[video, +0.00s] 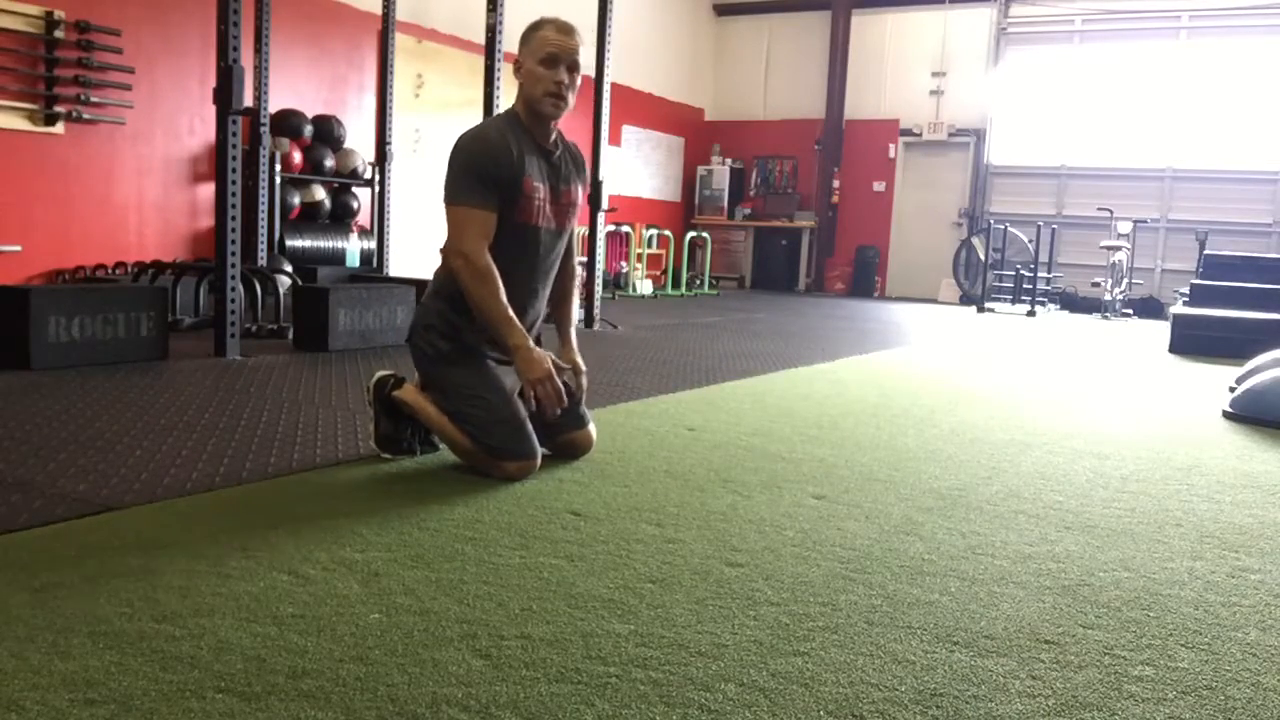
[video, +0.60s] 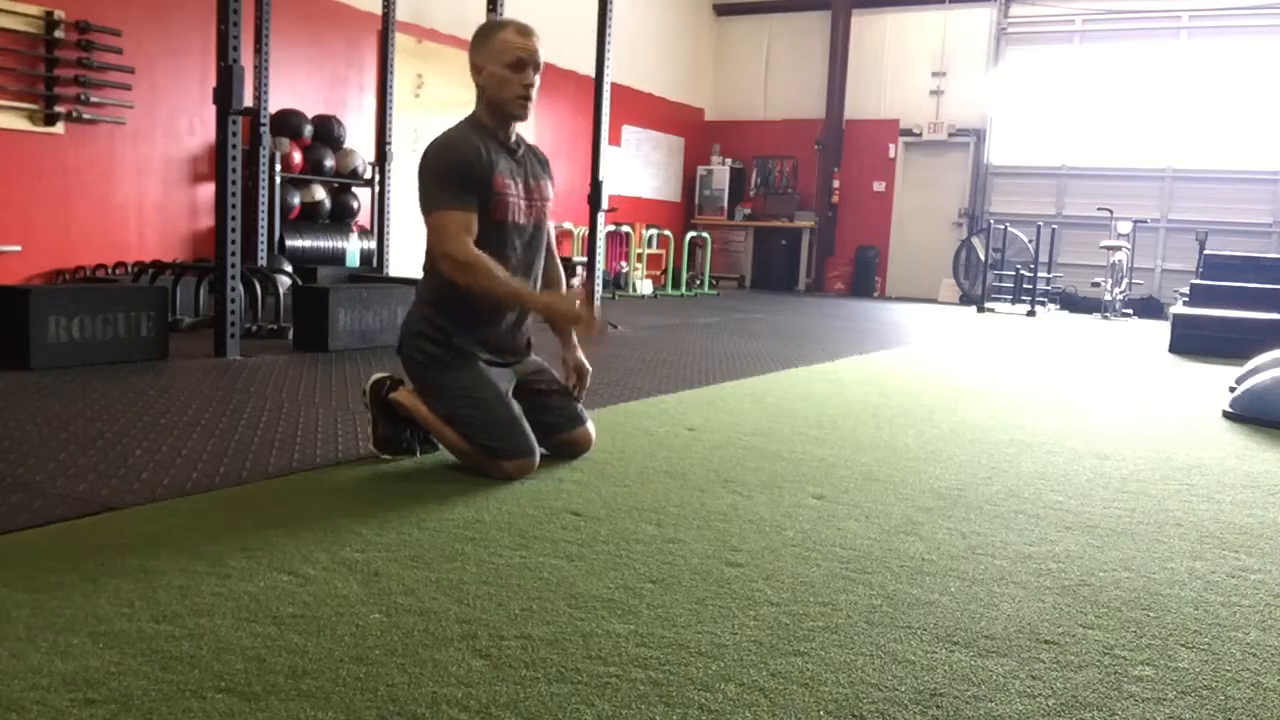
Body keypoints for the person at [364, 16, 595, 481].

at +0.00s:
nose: (562, 78)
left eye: (572, 68)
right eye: (549, 63)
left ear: (579, 80)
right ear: (518, 68)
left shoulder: (573, 162)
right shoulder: (485, 145)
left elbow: (565, 258)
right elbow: (466, 255)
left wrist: (568, 342)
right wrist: (525, 349)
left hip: (518, 336)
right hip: (455, 337)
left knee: (574, 440)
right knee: (515, 463)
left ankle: (448, 407)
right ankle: (401, 396)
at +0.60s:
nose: (531, 79)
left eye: (536, 68)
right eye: (517, 64)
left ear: (540, 77)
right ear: (478, 71)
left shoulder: (537, 163)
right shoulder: (454, 151)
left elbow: (545, 257)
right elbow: (452, 253)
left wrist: (569, 343)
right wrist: (539, 302)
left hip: (506, 345)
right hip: (446, 347)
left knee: (574, 440)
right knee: (514, 462)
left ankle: (444, 411)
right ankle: (399, 400)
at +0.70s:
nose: (529, 79)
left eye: (532, 68)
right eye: (515, 65)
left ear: (535, 75)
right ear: (474, 71)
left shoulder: (531, 162)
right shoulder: (451, 150)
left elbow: (541, 261)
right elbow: (464, 253)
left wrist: (575, 337)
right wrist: (562, 252)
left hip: (507, 346)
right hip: (446, 349)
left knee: (575, 440)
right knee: (514, 463)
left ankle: (447, 406)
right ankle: (399, 399)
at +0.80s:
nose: (528, 78)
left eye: (531, 66)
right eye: (513, 65)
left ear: (534, 73)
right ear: (472, 71)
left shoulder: (528, 162)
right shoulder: (450, 150)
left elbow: (540, 252)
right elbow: (481, 246)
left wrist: (583, 304)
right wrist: (568, 198)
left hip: (508, 347)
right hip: (447, 349)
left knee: (573, 439)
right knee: (514, 463)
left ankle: (443, 410)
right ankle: (398, 399)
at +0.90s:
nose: (530, 80)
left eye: (532, 68)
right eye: (517, 66)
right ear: (474, 73)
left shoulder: (528, 161)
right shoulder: (452, 149)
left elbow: (546, 256)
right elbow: (490, 239)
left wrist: (594, 242)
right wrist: (553, 172)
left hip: (509, 347)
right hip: (447, 350)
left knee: (574, 439)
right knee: (514, 462)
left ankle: (442, 409)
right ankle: (400, 400)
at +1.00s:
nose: (531, 78)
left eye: (534, 66)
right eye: (518, 65)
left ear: (537, 73)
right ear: (475, 71)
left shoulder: (521, 155)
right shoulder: (450, 147)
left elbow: (565, 253)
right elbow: (495, 234)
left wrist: (590, 184)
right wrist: (540, 158)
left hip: (508, 346)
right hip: (447, 348)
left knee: (573, 439)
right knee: (514, 462)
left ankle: (443, 411)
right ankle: (398, 400)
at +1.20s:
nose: (530, 76)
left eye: (534, 64)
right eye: (517, 62)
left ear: (539, 69)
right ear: (475, 67)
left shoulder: (536, 157)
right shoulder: (446, 146)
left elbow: (592, 232)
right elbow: (496, 220)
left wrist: (576, 148)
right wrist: (527, 134)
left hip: (509, 346)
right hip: (446, 347)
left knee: (574, 439)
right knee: (513, 462)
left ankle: (446, 408)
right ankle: (399, 400)